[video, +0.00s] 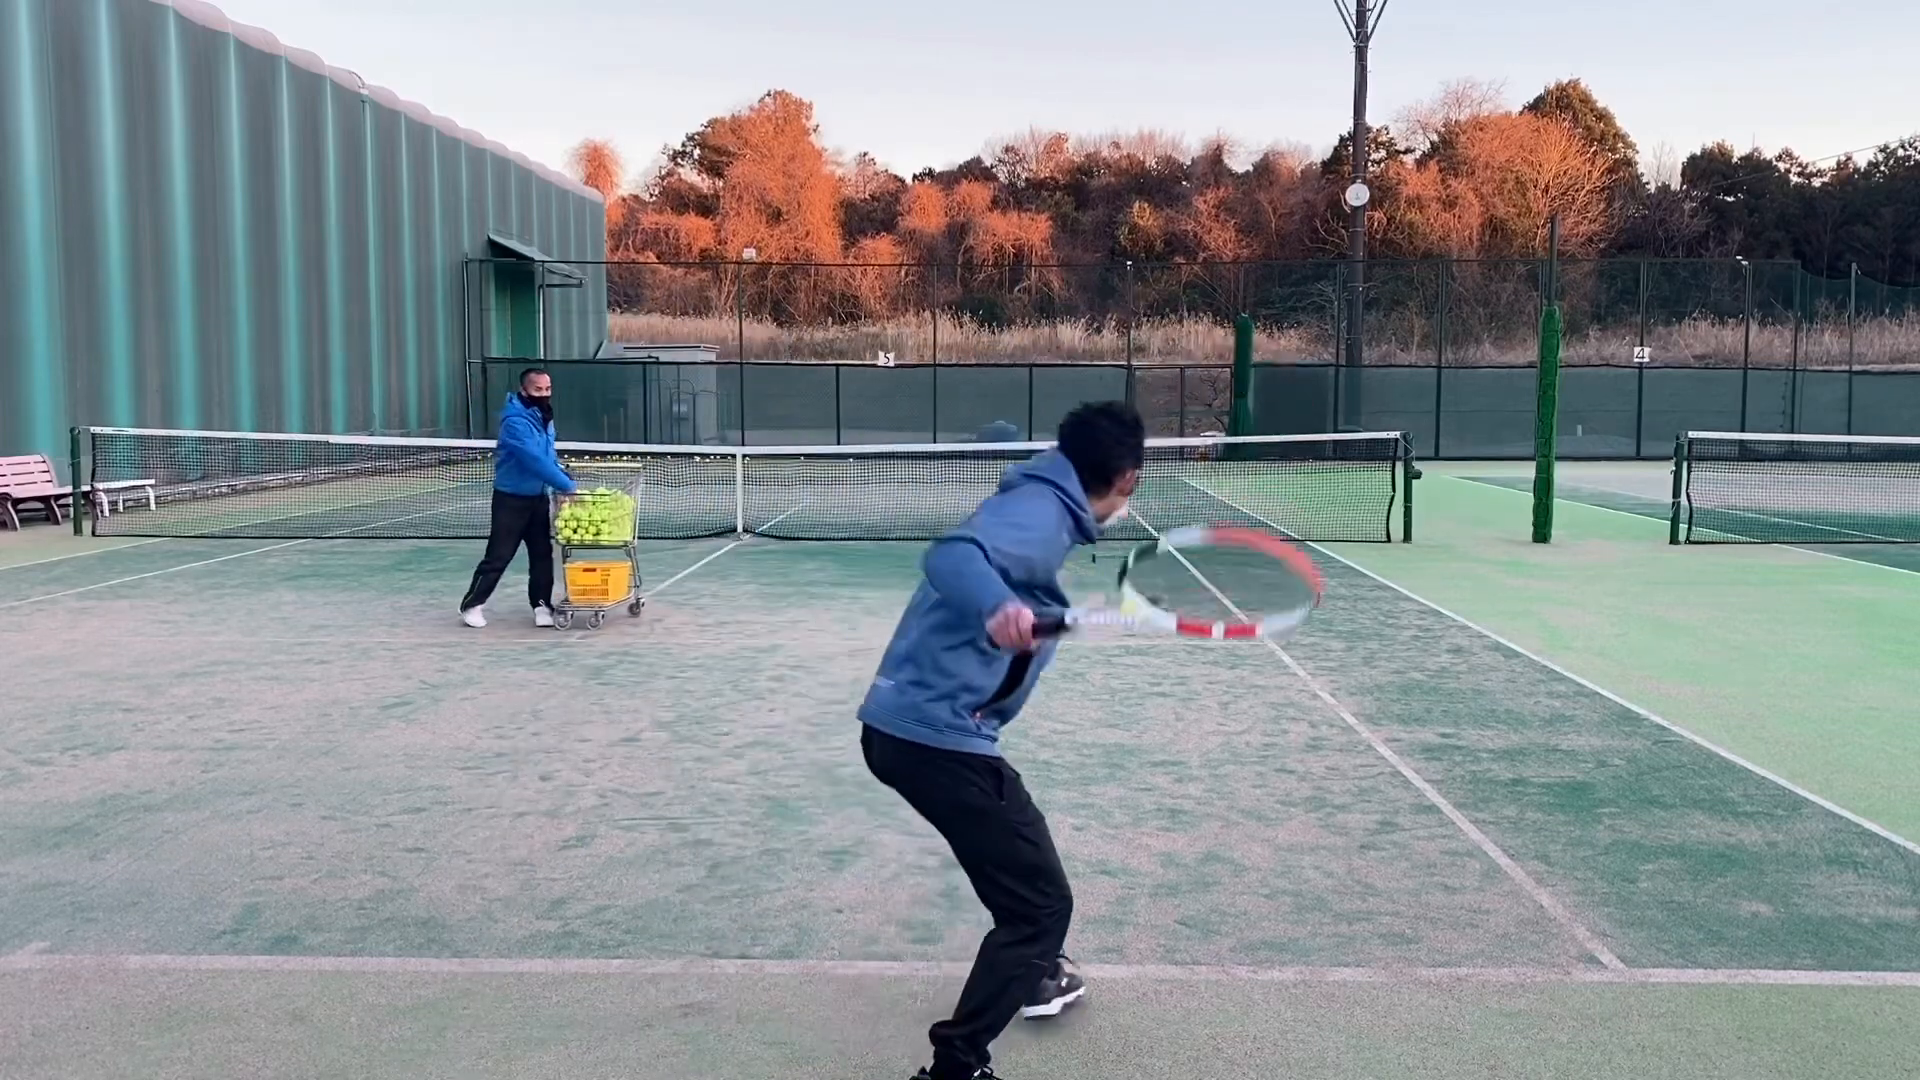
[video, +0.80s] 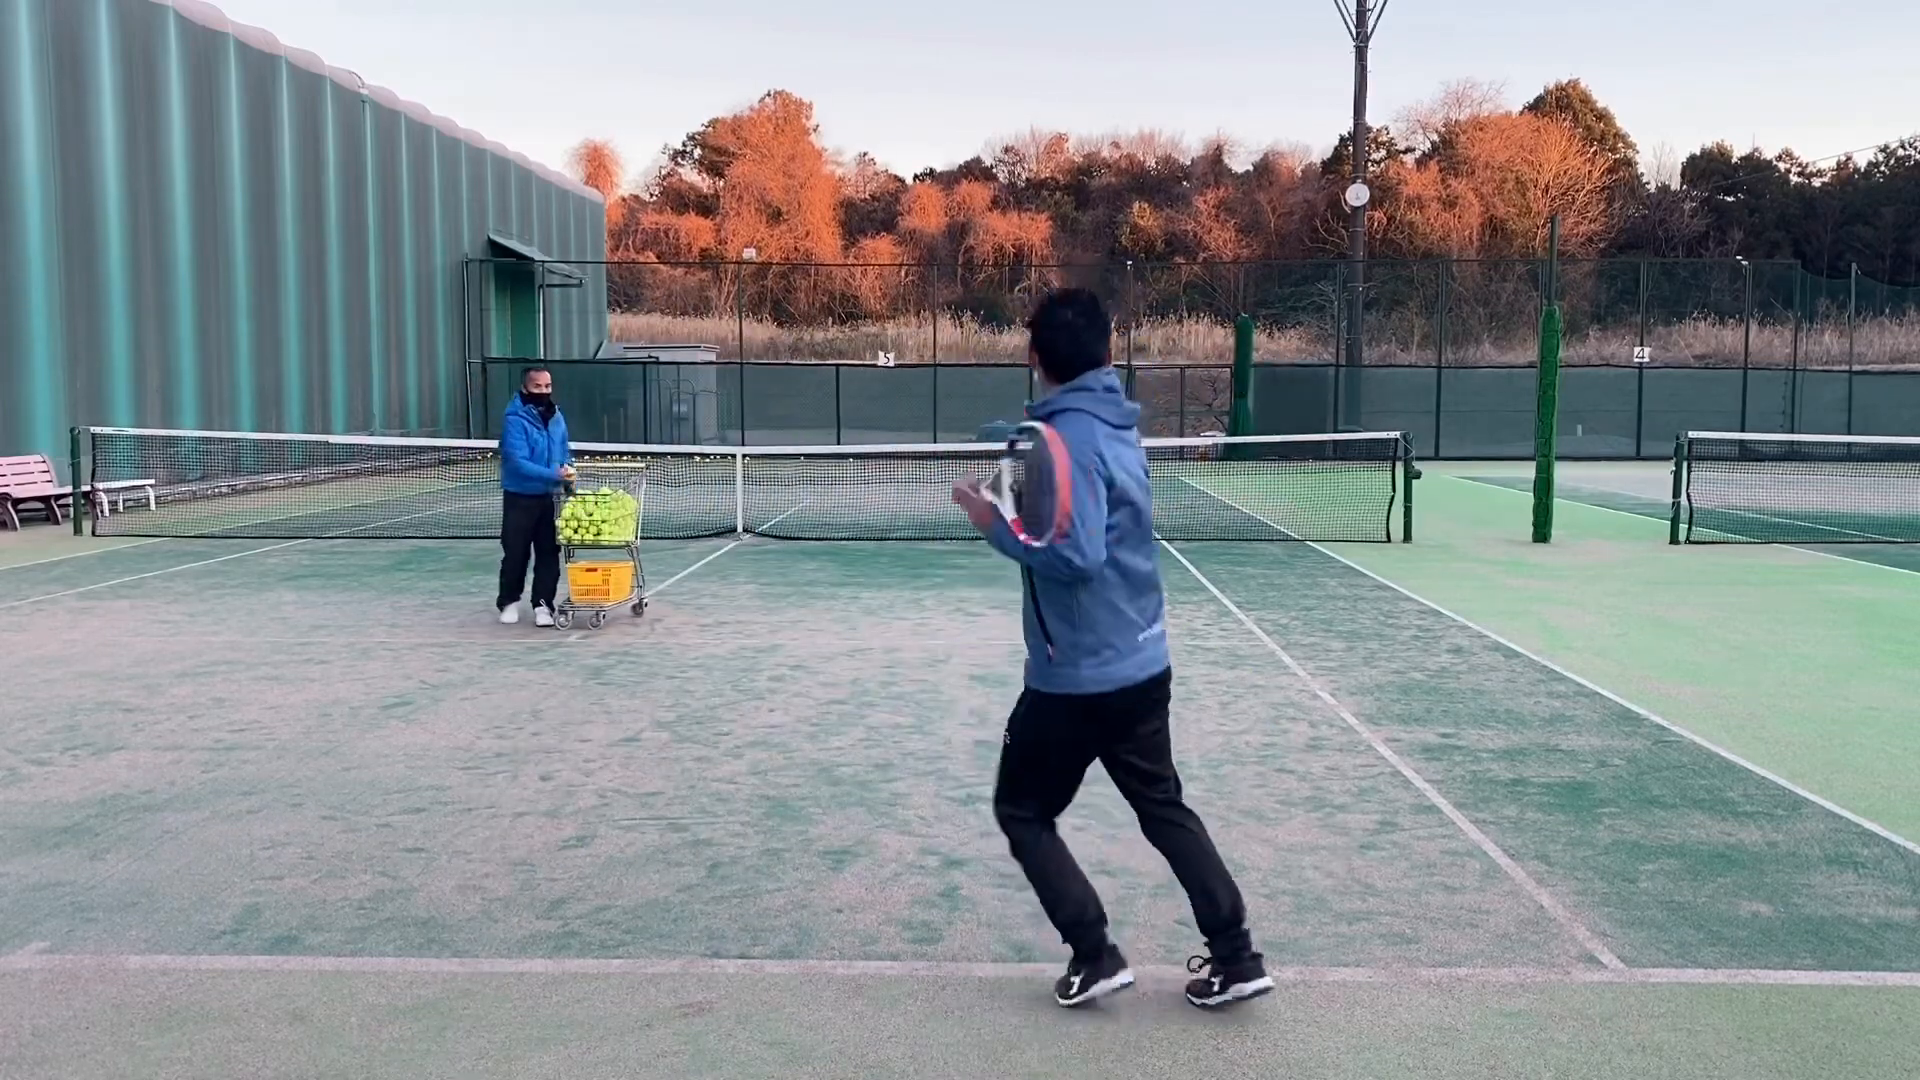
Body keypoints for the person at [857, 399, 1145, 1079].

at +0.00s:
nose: (1127, 499)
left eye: (1131, 486)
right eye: (1129, 486)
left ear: (1073, 459)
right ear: (1109, 482)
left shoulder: (1043, 508)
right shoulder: (1036, 513)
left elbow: (1022, 592)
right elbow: (953, 553)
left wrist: (1073, 616)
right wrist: (997, 605)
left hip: (929, 722)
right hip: (927, 733)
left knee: (1021, 838)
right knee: (1039, 904)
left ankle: (1035, 975)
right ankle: (957, 1061)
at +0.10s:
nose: (1162, 494)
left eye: (1165, 481)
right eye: (1166, 482)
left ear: (1097, 457)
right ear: (1153, 482)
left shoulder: (1032, 492)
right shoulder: (1077, 529)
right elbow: (1011, 608)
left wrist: (970, 594)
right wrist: (1044, 692)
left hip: (913, 715)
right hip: (967, 733)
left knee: (1026, 837)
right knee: (1045, 908)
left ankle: (1053, 980)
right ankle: (957, 1059)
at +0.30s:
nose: (1159, 409)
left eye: (1160, 398)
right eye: (1160, 399)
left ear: (1085, 382)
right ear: (1147, 401)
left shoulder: (1017, 431)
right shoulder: (1138, 501)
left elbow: (947, 514)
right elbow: (1130, 594)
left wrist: (927, 497)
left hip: (962, 675)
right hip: (1048, 692)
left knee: (1003, 839)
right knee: (1055, 850)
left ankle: (1059, 976)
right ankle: (997, 997)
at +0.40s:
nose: (1067, 340)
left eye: (1071, 328)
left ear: (1070, 346)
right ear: (1144, 358)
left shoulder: (1035, 414)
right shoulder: (1147, 440)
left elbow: (1001, 508)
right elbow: (1100, 412)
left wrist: (952, 471)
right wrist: (1056, 357)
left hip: (996, 659)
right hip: (1078, 664)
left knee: (1012, 817)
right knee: (1068, 815)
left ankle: (1062, 967)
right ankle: (1043, 969)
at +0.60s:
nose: (1046, 320)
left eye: (1049, 310)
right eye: (1053, 311)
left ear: (1057, 318)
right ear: (1123, 316)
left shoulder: (1052, 394)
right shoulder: (1132, 374)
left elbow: (1052, 502)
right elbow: (1066, 345)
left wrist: (987, 459)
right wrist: (1002, 334)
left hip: (1039, 637)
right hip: (1116, 630)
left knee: (1046, 796)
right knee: (1131, 786)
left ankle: (1076, 961)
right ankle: (1167, 960)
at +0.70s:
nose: (1035, 331)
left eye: (1039, 321)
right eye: (1041, 319)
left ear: (1047, 329)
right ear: (1114, 327)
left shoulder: (1057, 414)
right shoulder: (1125, 387)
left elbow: (1070, 534)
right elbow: (1054, 397)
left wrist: (994, 486)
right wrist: (990, 402)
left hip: (1057, 654)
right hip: (1129, 643)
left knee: (1056, 812)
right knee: (1153, 794)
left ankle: (1095, 972)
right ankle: (1203, 952)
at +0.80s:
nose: (1025, 351)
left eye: (1029, 343)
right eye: (1031, 340)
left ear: (1039, 355)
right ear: (1100, 353)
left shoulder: (1063, 435)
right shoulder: (1113, 419)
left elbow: (1075, 554)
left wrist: (994, 524)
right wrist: (1035, 481)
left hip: (1077, 678)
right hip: (1141, 666)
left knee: (1022, 812)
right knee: (1163, 809)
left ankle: (1094, 952)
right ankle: (1237, 958)